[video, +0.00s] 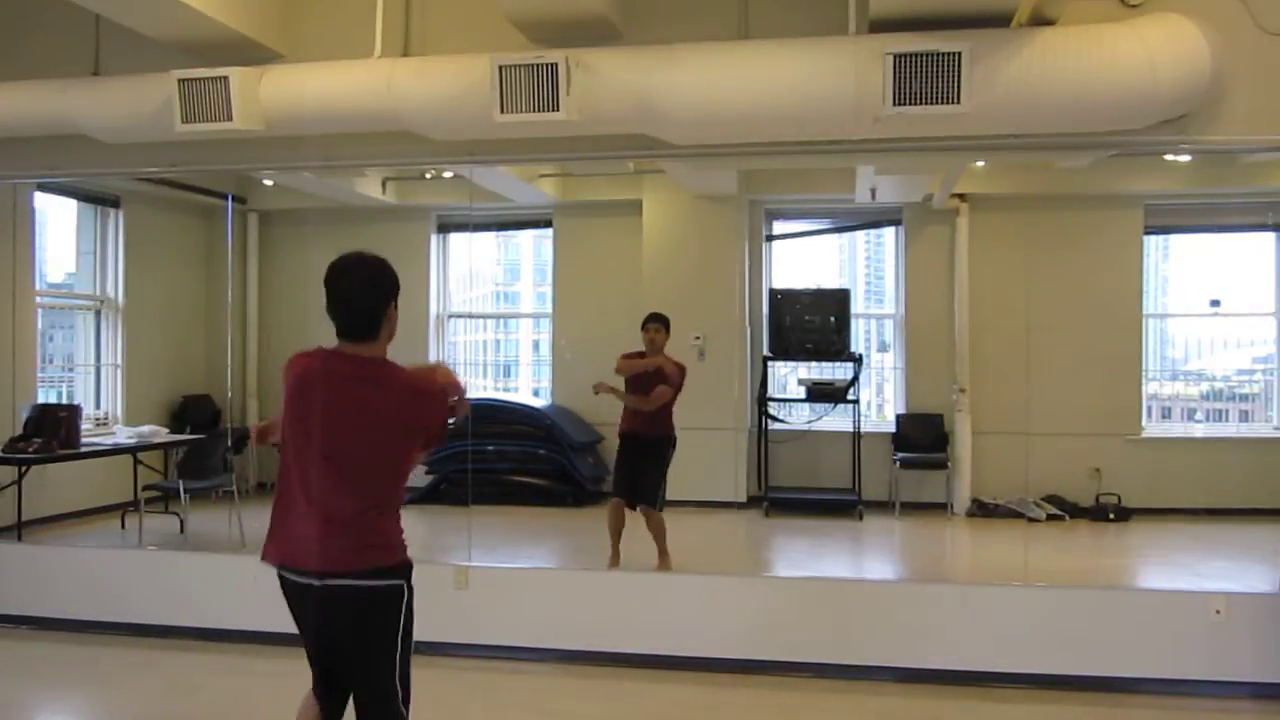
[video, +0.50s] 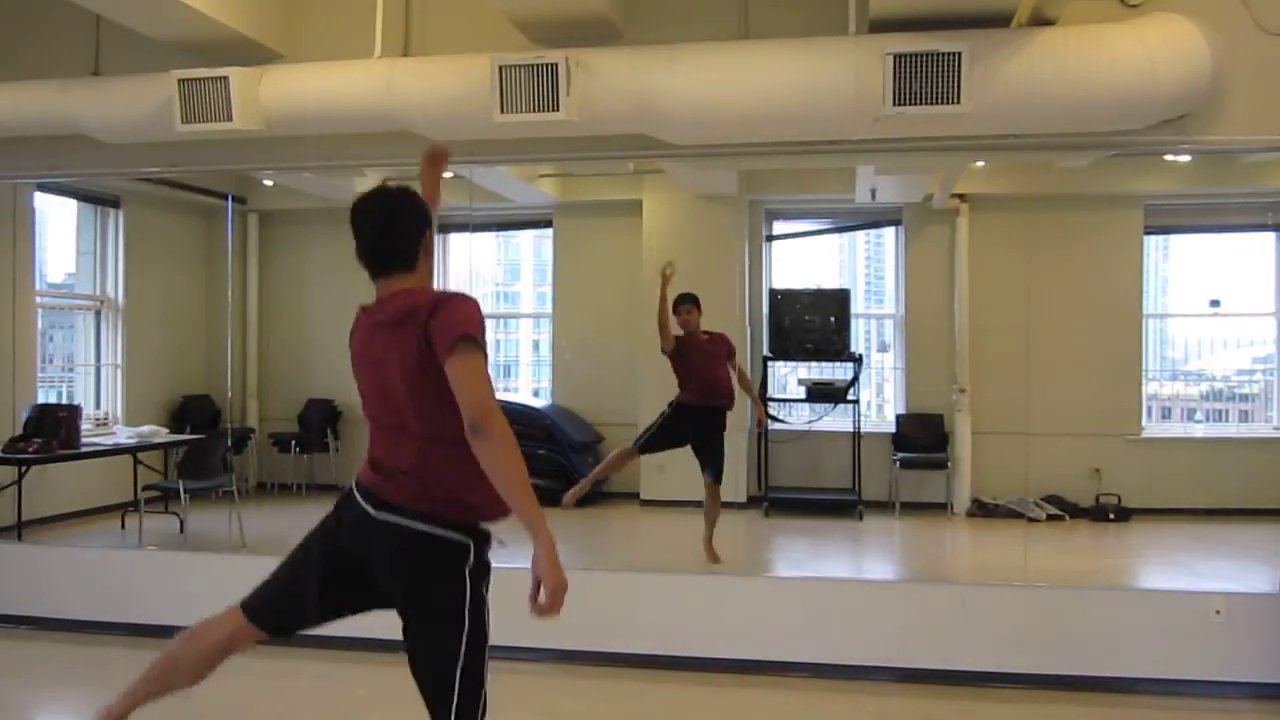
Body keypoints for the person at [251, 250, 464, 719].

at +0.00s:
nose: (398, 314)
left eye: (395, 304)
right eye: (396, 304)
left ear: (332, 307)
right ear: (391, 311)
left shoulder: (299, 372)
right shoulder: (415, 392)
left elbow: (339, 412)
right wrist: (286, 430)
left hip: (297, 570)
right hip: (374, 575)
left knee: (328, 683)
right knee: (383, 703)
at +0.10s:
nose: (401, 226)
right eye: (398, 216)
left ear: (330, 228)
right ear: (393, 224)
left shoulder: (311, 297)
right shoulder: (435, 309)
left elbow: (384, 272)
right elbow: (430, 416)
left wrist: (465, 240)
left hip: (310, 511)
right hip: (388, 514)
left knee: (282, 656)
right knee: (404, 676)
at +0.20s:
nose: (403, 165)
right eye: (397, 160)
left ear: (335, 179)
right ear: (393, 174)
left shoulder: (332, 242)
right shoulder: (431, 254)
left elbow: (401, 178)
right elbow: (464, 377)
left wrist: (445, 106)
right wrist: (473, 460)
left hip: (322, 444)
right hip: (397, 455)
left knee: (258, 581)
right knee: (449, 612)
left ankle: (190, 704)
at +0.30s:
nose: (413, 154)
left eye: (404, 144)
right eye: (410, 147)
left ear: (348, 168)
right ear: (407, 160)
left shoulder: (355, 230)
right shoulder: (424, 239)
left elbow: (396, 153)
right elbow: (478, 360)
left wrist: (411, 64)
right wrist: (535, 460)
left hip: (334, 441)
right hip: (404, 452)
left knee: (228, 554)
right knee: (490, 598)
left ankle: (124, 658)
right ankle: (423, 717)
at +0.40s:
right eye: (413, 169)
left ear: (352, 194)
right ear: (414, 184)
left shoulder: (364, 256)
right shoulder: (429, 253)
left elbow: (394, 181)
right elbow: (471, 360)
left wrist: (409, 97)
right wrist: (545, 467)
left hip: (354, 459)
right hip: (425, 474)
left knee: (225, 562)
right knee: (473, 649)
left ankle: (98, 661)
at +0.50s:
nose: (425, 235)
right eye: (423, 230)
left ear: (360, 252)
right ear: (425, 241)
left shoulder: (368, 326)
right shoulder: (451, 313)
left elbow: (409, 257)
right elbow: (482, 421)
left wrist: (429, 183)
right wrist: (542, 538)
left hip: (364, 522)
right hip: (442, 549)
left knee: (242, 623)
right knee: (460, 710)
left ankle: (115, 710)